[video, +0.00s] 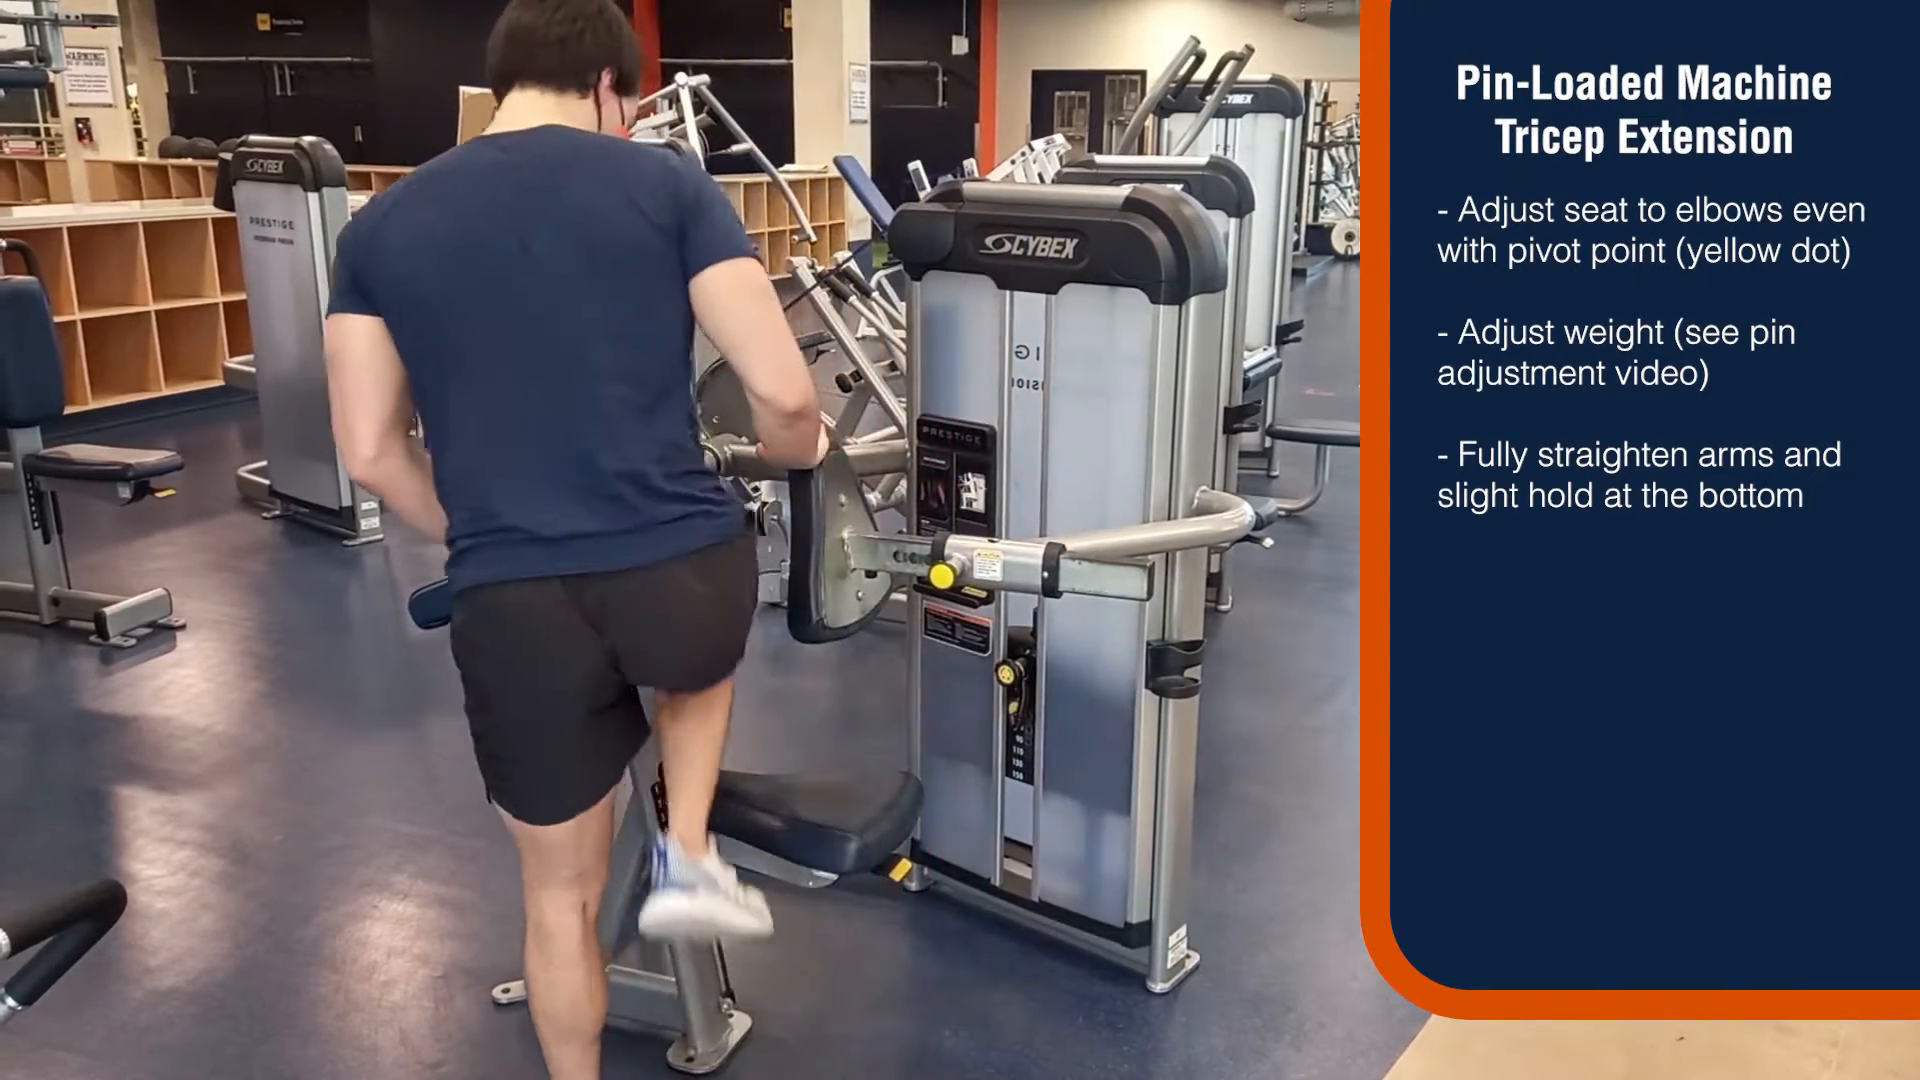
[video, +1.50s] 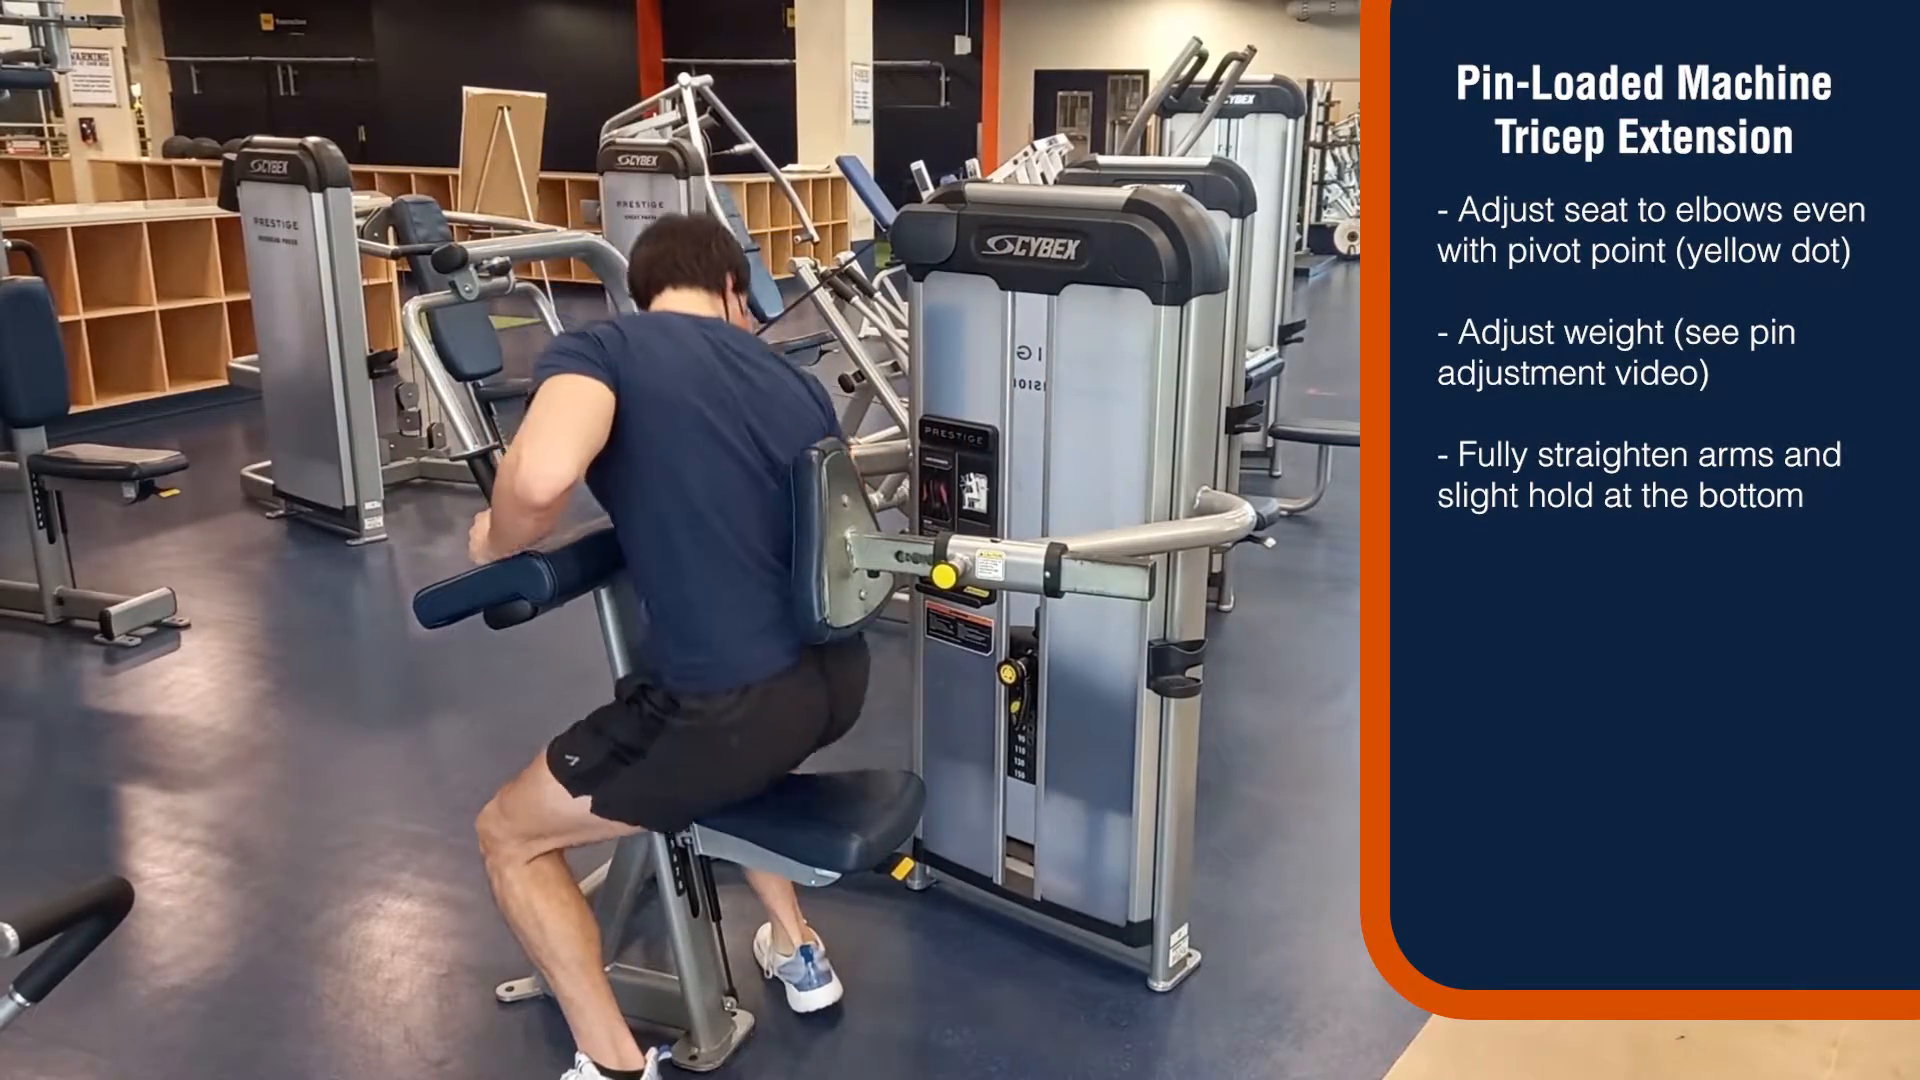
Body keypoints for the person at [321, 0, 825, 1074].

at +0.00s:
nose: (629, 127)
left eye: (629, 112)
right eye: (631, 110)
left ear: (496, 87)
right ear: (604, 94)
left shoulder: (384, 223)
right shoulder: (662, 185)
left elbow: (368, 448)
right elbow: (786, 397)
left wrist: (469, 527)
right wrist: (787, 452)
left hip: (511, 609)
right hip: (677, 577)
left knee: (560, 898)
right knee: (694, 656)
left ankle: (575, 1076)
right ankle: (687, 857)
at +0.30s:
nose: (598, 119)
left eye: (597, 106)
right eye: (598, 104)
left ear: (457, 86)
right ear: (566, 86)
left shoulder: (343, 224)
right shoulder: (621, 179)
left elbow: (343, 446)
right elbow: (747, 388)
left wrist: (450, 521)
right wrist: (796, 432)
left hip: (499, 610)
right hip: (654, 569)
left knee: (555, 883)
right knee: (713, 483)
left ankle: (574, 1078)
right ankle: (749, 725)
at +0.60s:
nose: (565, 113)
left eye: (565, 100)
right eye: (564, 96)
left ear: (430, 87)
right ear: (540, 84)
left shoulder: (338, 239)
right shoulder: (627, 182)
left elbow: (359, 468)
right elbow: (753, 383)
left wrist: (485, 540)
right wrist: (739, 419)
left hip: (549, 605)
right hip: (702, 546)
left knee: (572, 883)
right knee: (758, 572)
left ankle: (583, 1077)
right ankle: (818, 752)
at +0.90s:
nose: (474, 143)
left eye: (473, 125)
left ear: (478, 125)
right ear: (595, 110)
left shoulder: (475, 245)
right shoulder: (694, 202)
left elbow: (481, 473)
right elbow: (788, 373)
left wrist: (507, 548)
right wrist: (759, 461)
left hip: (636, 583)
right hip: (761, 545)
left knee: (606, 861)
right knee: (765, 749)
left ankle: (595, 1070)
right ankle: (811, 947)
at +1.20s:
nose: (589, 196)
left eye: (588, 183)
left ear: (599, 179)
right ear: (699, 177)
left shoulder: (586, 250)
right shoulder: (766, 260)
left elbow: (579, 441)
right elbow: (853, 420)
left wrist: (513, 526)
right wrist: (773, 428)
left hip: (690, 603)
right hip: (796, 582)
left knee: (543, 821)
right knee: (730, 760)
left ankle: (616, 1062)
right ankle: (805, 957)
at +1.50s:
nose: (752, 309)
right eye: (750, 297)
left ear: (637, 296)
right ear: (735, 293)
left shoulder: (607, 343)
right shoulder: (791, 377)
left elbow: (539, 478)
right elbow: (838, 511)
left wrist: (500, 543)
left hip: (722, 714)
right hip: (838, 677)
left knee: (508, 833)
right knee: (722, 760)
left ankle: (614, 1060)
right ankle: (796, 944)